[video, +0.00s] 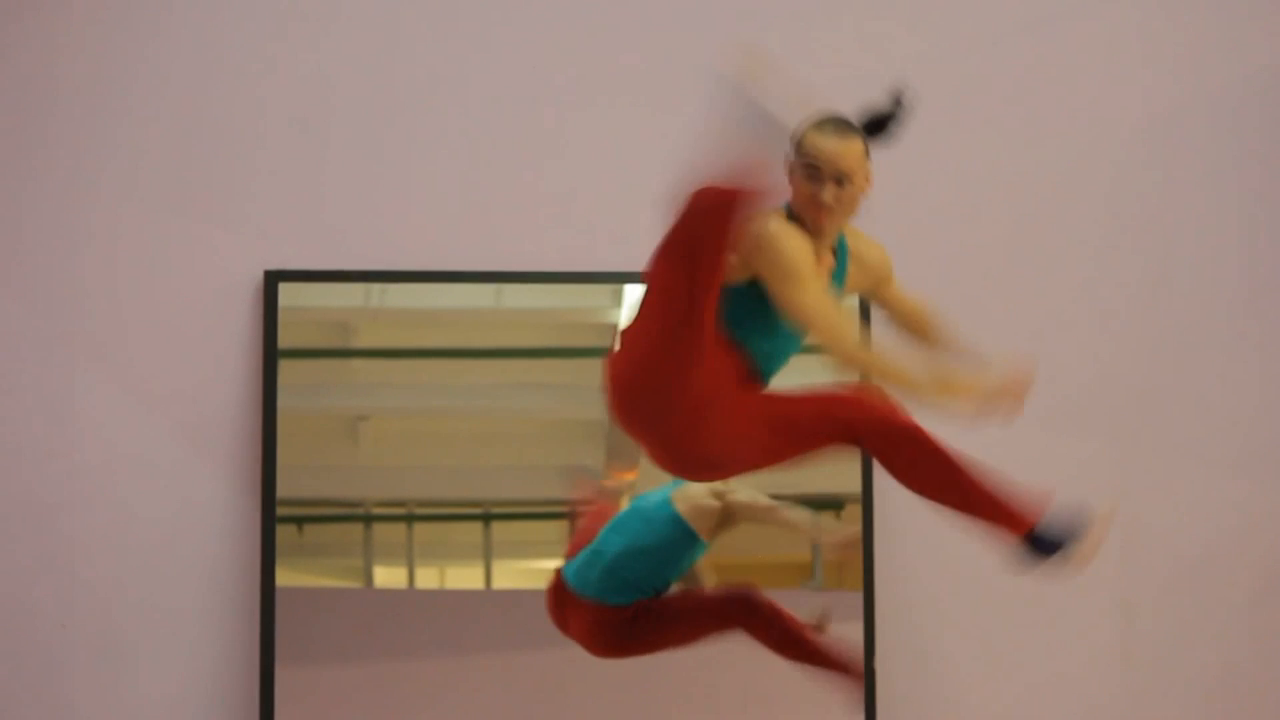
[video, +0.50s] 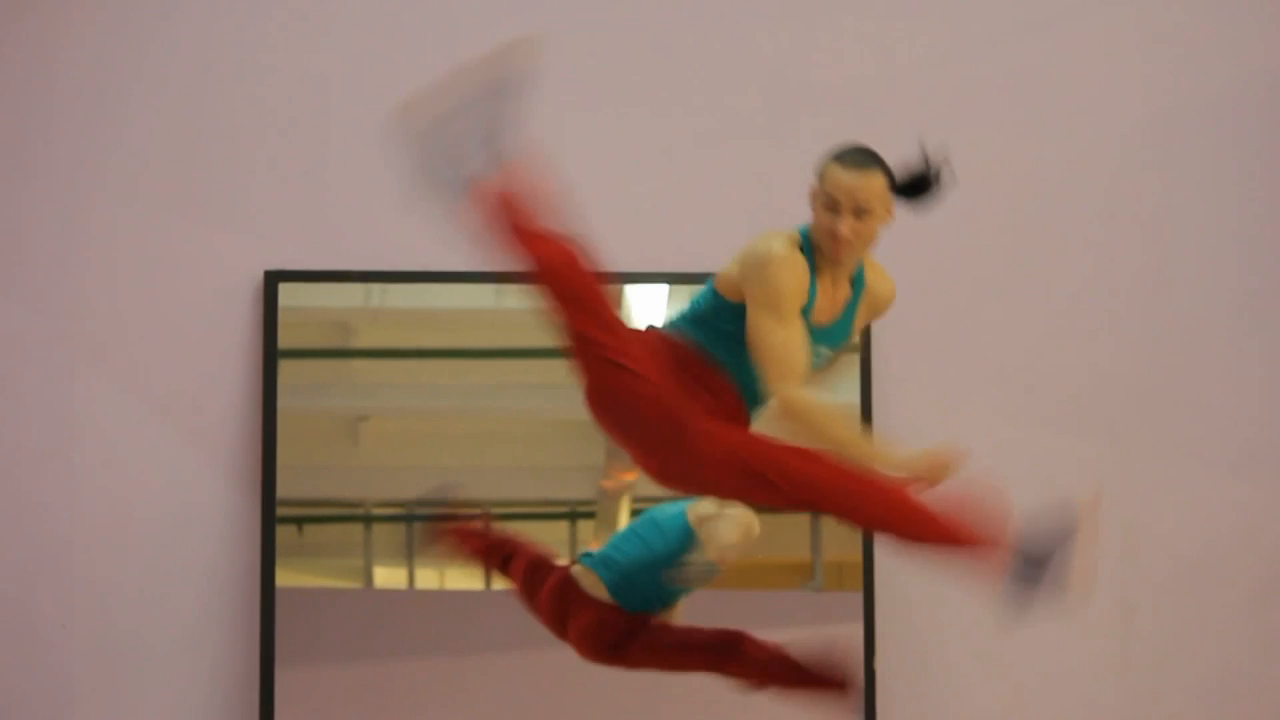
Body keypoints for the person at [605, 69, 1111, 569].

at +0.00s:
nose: (823, 194)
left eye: (840, 182)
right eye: (812, 176)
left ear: (865, 187)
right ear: (790, 176)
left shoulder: (862, 260)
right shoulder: (771, 236)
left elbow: (912, 320)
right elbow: (843, 347)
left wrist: (976, 370)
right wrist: (951, 389)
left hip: (722, 433)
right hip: (659, 388)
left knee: (867, 411)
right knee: (707, 215)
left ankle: (1029, 530)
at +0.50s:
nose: (842, 226)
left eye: (861, 215)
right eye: (832, 208)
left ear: (885, 222)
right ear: (811, 201)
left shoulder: (873, 293)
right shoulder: (774, 265)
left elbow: (810, 372)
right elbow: (786, 398)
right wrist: (884, 463)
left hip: (717, 439)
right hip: (652, 382)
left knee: (829, 479)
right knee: (580, 291)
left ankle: (1004, 552)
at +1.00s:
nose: (855, 263)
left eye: (874, 252)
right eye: (846, 243)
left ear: (895, 260)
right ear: (824, 235)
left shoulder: (869, 322)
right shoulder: (779, 288)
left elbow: (779, 391)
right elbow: (724, 406)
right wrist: (812, 481)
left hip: (699, 477)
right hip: (636, 424)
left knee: (828, 562)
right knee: (513, 356)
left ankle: (887, 707)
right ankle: (358, 432)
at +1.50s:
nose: (826, 344)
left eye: (847, 333)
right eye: (820, 322)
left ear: (870, 345)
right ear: (800, 316)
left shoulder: (840, 406)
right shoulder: (741, 368)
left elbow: (759, 487)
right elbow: (648, 468)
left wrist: (731, 563)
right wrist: (704, 555)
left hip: (686, 588)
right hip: (606, 545)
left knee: (693, 713)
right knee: (461, 644)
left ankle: (564, 690)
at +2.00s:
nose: (758, 383)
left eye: (779, 372)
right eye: (753, 365)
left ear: (816, 381)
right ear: (742, 363)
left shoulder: (805, 483)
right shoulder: (674, 426)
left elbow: (799, 570)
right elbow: (593, 524)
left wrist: (832, 659)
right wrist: (595, 629)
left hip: (678, 656)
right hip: (586, 636)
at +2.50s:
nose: (703, 386)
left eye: (723, 373)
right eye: (694, 368)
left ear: (759, 381)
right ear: (683, 371)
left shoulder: (782, 488)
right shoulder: (624, 439)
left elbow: (795, 606)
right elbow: (562, 534)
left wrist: (851, 617)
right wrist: (547, 603)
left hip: (678, 686)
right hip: (577, 664)